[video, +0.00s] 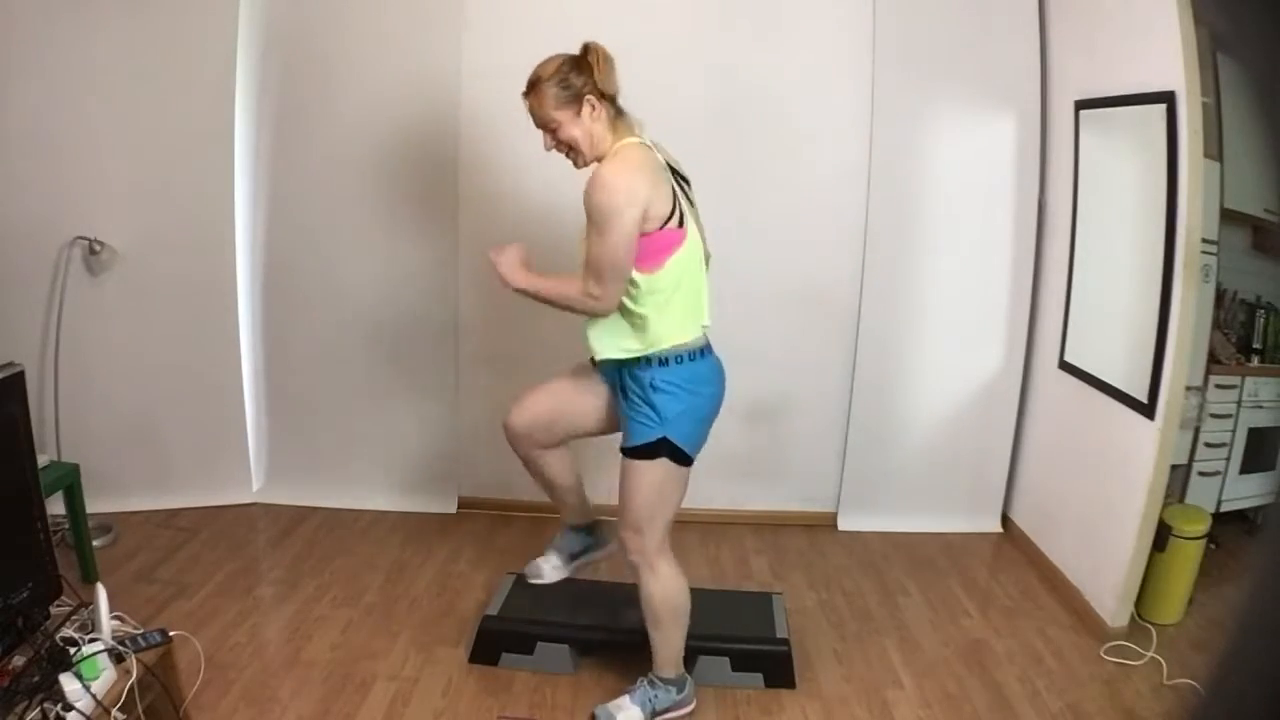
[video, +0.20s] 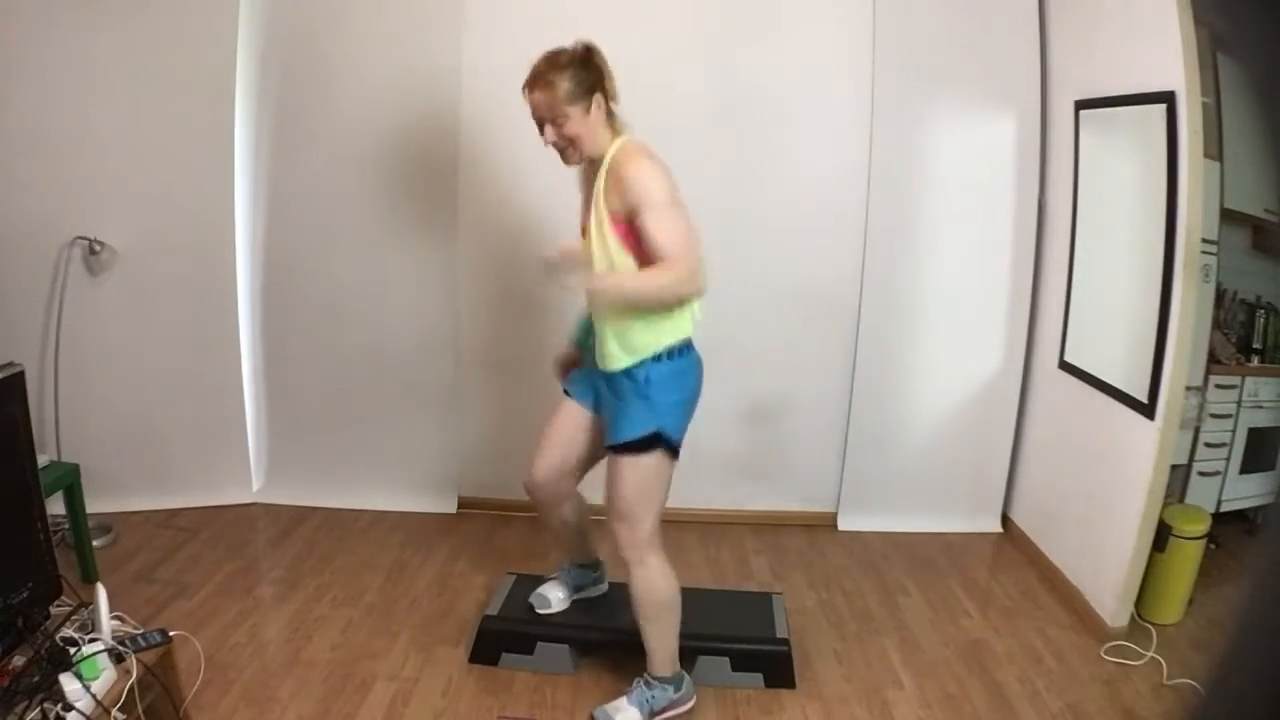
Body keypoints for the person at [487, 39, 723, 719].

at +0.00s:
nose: (548, 141)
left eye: (551, 126)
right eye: (541, 130)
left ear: (592, 107)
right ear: (591, 108)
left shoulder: (616, 179)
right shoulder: (635, 156)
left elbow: (600, 295)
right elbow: (664, 261)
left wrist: (521, 280)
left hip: (672, 379)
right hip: (642, 368)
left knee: (644, 545)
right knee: (526, 425)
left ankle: (670, 682)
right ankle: (583, 529)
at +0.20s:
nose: (548, 136)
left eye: (556, 120)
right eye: (540, 125)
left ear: (598, 105)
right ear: (549, 121)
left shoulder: (637, 170)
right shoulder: (596, 174)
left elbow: (687, 276)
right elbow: (614, 273)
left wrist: (599, 283)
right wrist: (582, 344)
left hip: (655, 371)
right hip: (607, 365)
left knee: (633, 531)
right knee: (547, 478)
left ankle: (666, 679)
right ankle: (583, 568)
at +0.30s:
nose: (564, 110)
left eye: (576, 95)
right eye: (554, 96)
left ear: (609, 83)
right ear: (547, 88)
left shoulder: (659, 141)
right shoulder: (557, 145)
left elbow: (731, 229)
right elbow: (566, 235)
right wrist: (543, 313)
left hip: (660, 337)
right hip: (595, 334)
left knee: (647, 497)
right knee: (557, 469)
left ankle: (662, 652)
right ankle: (583, 568)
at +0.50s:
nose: (655, 85)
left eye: (667, 73)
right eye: (644, 72)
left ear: (680, 65)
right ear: (614, 54)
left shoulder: (693, 115)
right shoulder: (565, 111)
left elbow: (721, 184)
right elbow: (512, 175)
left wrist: (770, 184)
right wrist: (492, 260)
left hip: (661, 312)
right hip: (581, 310)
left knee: (678, 468)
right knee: (577, 459)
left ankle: (659, 569)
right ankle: (584, 568)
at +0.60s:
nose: (689, 95)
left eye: (699, 84)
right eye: (679, 80)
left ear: (708, 74)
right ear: (644, 62)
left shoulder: (705, 125)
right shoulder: (589, 108)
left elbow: (713, 195)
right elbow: (497, 150)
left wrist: (775, 216)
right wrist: (468, 221)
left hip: (662, 319)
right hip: (586, 315)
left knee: (683, 462)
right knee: (574, 468)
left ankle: (647, 570)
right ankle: (582, 568)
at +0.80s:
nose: (727, 102)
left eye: (736, 92)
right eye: (719, 87)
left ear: (740, 83)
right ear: (681, 64)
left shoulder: (715, 128)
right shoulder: (623, 111)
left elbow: (687, 210)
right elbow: (527, 169)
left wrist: (720, 272)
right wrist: (505, 128)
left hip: (667, 315)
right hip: (602, 311)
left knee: (675, 455)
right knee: (604, 471)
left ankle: (644, 572)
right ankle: (534, 572)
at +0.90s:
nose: (736, 106)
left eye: (746, 96)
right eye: (731, 91)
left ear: (744, 87)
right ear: (693, 67)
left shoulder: (703, 131)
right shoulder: (643, 117)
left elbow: (674, 213)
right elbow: (576, 207)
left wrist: (686, 280)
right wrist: (562, 183)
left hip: (660, 323)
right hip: (604, 318)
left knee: (677, 458)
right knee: (609, 483)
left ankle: (643, 574)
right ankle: (540, 619)